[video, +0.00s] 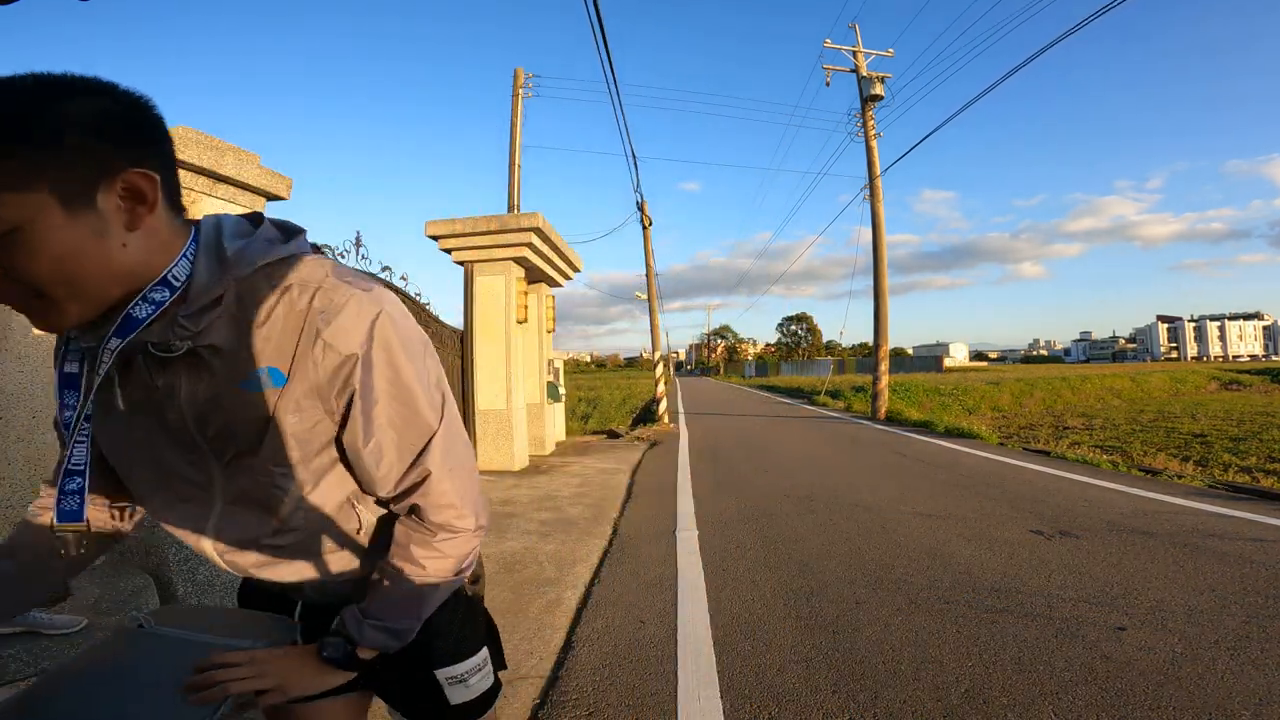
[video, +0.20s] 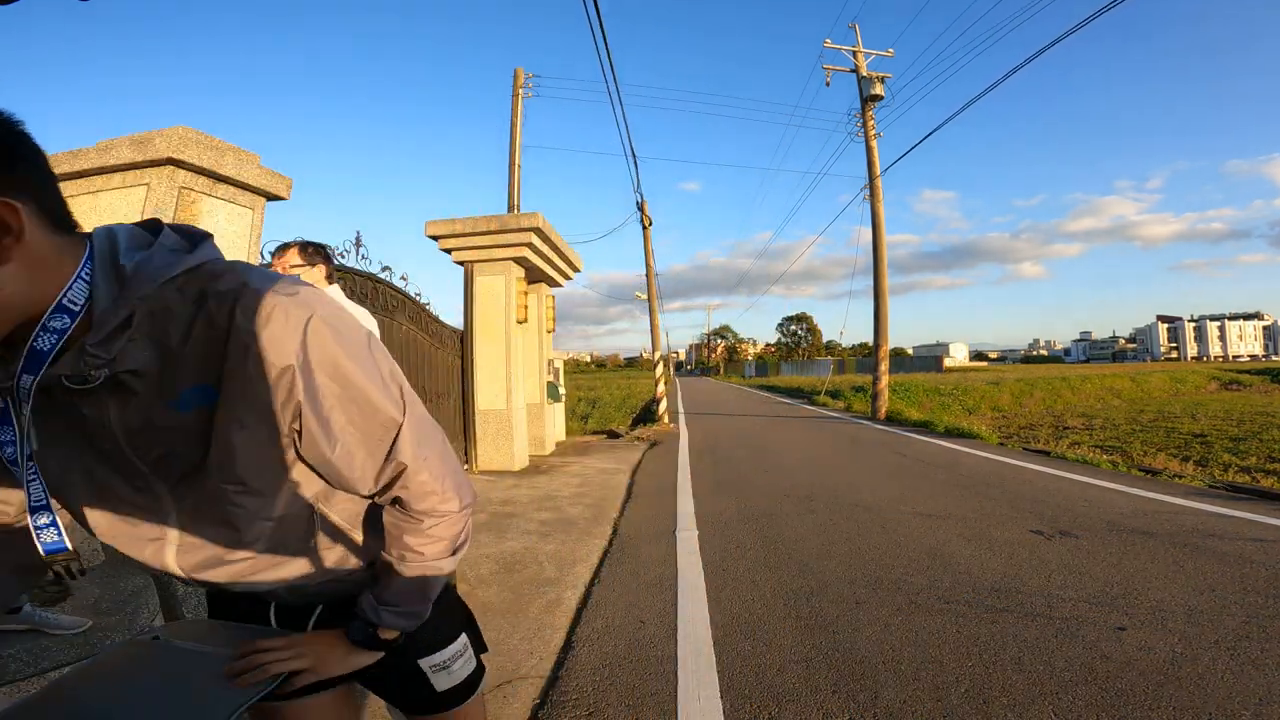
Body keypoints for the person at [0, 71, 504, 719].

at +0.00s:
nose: (1, 279)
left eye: (11, 235)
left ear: (132, 203)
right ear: (134, 206)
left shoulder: (336, 318)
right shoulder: (99, 346)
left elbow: (449, 515)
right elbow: (87, 509)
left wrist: (344, 653)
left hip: (405, 589)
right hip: (278, 597)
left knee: (454, 707)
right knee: (297, 708)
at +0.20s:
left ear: (9, 224)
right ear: (14, 224)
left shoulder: (271, 322)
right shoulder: (28, 378)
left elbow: (437, 499)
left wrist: (367, 633)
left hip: (385, 596)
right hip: (247, 605)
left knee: (454, 705)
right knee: (301, 709)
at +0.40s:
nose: (296, 275)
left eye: (304, 265)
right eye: (294, 265)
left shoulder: (221, 323)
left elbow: (409, 477)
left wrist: (366, 612)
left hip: (368, 586)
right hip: (228, 610)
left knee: (449, 709)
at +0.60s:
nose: (290, 271)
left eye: (298, 262)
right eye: (291, 262)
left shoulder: (208, 312)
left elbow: (397, 459)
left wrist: (353, 604)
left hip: (358, 573)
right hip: (216, 601)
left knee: (442, 706)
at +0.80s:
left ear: (36, 204)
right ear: (32, 205)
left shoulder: (237, 290)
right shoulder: (14, 375)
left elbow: (418, 437)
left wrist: (298, 579)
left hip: (361, 566)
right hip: (217, 599)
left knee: (446, 708)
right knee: (285, 711)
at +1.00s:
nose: (3, 240)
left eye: (17, 204)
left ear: (118, 181)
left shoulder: (275, 281)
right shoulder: (22, 330)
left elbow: (380, 471)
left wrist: (148, 572)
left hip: (355, 565)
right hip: (212, 595)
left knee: (442, 705)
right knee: (284, 709)